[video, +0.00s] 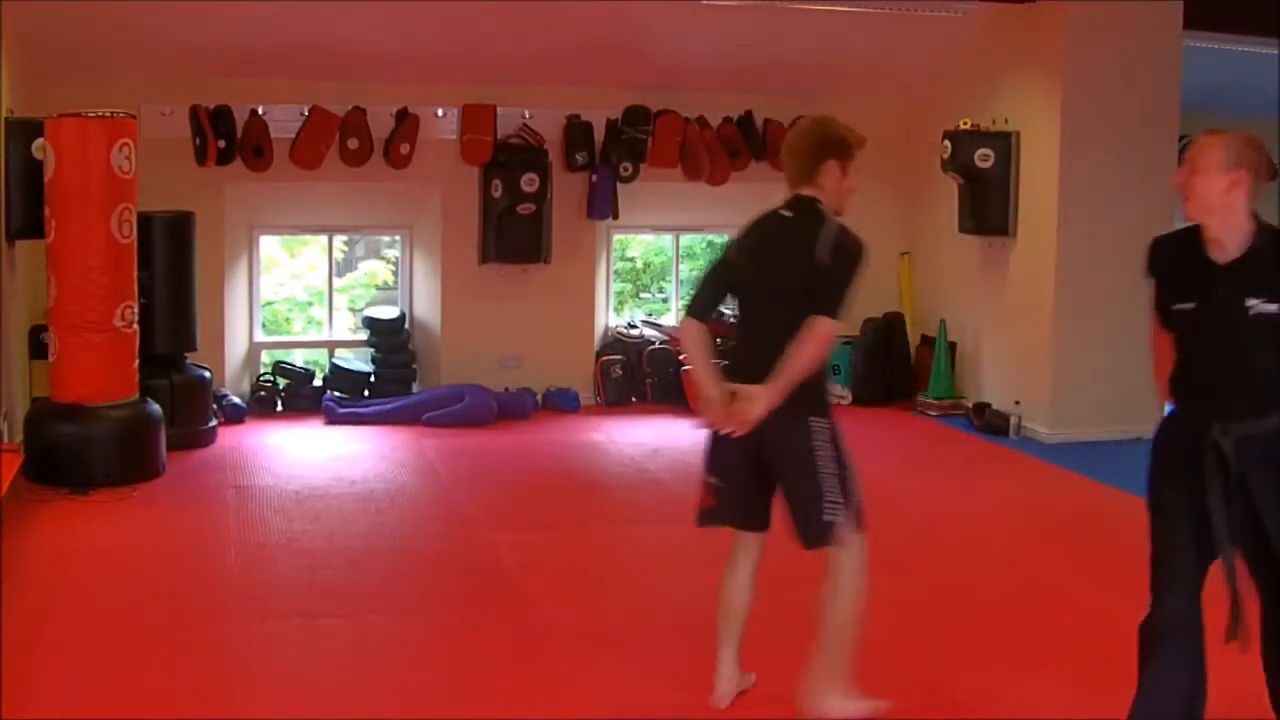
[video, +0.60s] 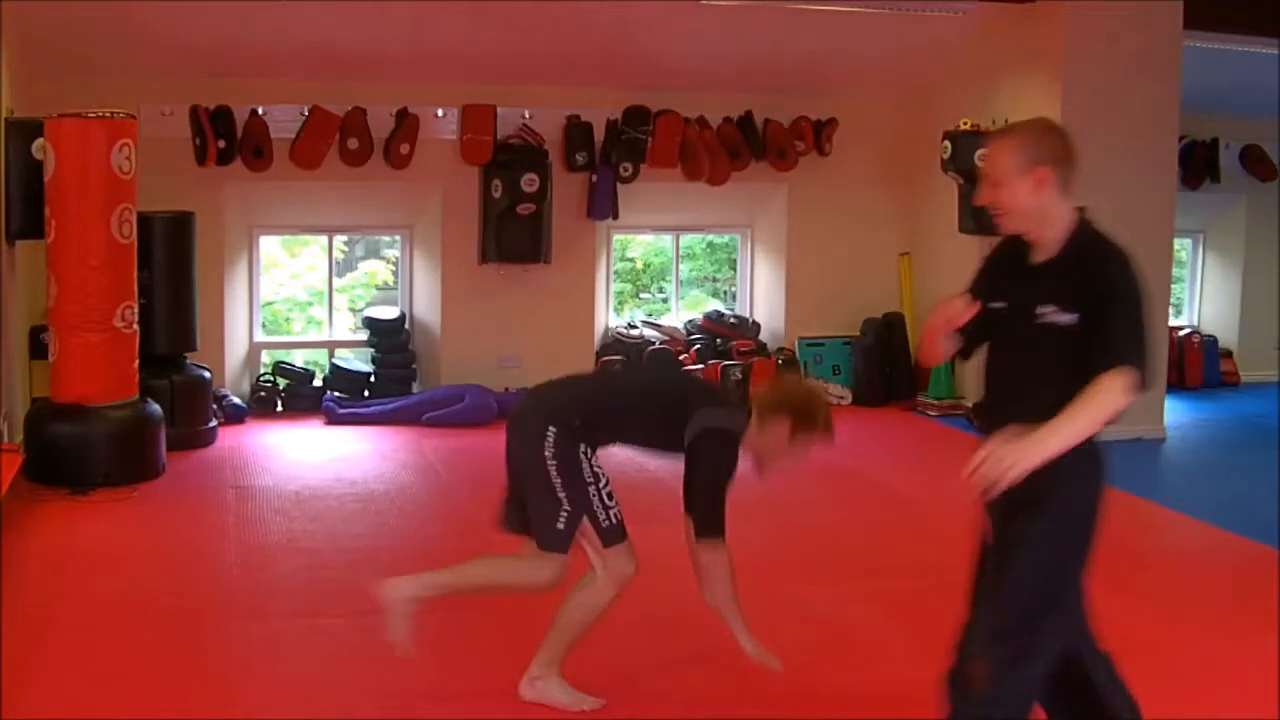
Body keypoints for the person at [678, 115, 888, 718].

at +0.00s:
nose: (853, 182)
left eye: (851, 171)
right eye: (850, 171)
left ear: (796, 171)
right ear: (831, 171)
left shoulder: (754, 232)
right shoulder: (839, 241)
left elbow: (694, 320)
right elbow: (821, 330)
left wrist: (713, 394)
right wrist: (767, 394)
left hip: (737, 409)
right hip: (799, 412)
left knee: (745, 541)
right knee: (847, 543)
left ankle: (725, 675)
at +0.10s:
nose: (833, 185)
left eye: (836, 174)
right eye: (832, 173)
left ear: (780, 164)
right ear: (810, 165)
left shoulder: (735, 220)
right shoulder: (795, 230)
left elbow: (668, 303)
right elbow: (771, 320)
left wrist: (667, 387)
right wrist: (735, 395)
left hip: (713, 396)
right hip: (756, 405)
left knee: (734, 535)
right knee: (789, 541)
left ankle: (717, 666)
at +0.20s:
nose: (816, 197)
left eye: (820, 185)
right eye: (812, 183)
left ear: (769, 172)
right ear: (785, 173)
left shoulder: (721, 222)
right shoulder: (760, 235)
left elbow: (655, 315)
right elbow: (725, 337)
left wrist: (644, 406)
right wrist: (710, 432)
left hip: (691, 391)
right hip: (708, 400)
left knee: (725, 539)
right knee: (702, 548)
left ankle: (718, 670)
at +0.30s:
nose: (809, 242)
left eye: (814, 231)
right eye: (810, 228)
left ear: (775, 213)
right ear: (784, 214)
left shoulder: (713, 254)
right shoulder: (737, 269)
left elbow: (666, 350)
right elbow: (703, 378)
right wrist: (699, 483)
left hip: (663, 416)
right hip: (646, 420)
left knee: (720, 516)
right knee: (634, 569)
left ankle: (680, 652)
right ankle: (543, 673)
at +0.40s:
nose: (811, 309)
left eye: (817, 298)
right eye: (812, 295)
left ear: (777, 277)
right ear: (785, 280)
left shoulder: (716, 305)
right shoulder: (722, 320)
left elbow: (671, 409)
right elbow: (695, 436)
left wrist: (677, 484)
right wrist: (705, 540)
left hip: (613, 426)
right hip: (591, 428)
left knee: (677, 526)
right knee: (631, 576)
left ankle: (606, 630)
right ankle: (543, 672)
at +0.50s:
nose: (804, 390)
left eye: (811, 379)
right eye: (808, 376)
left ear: (777, 353)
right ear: (783, 357)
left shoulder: (718, 359)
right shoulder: (717, 371)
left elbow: (689, 470)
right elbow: (700, 480)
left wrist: (698, 545)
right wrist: (725, 583)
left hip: (573, 421)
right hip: (563, 424)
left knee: (588, 562)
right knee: (614, 568)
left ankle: (488, 591)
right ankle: (542, 675)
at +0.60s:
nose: (790, 459)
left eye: (799, 450)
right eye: (796, 447)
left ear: (775, 416)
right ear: (779, 424)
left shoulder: (716, 410)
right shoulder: (720, 423)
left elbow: (701, 529)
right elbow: (708, 542)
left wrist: (723, 607)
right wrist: (742, 635)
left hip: (543, 419)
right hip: (558, 429)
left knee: (544, 569)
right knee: (617, 568)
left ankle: (407, 589)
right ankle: (541, 677)